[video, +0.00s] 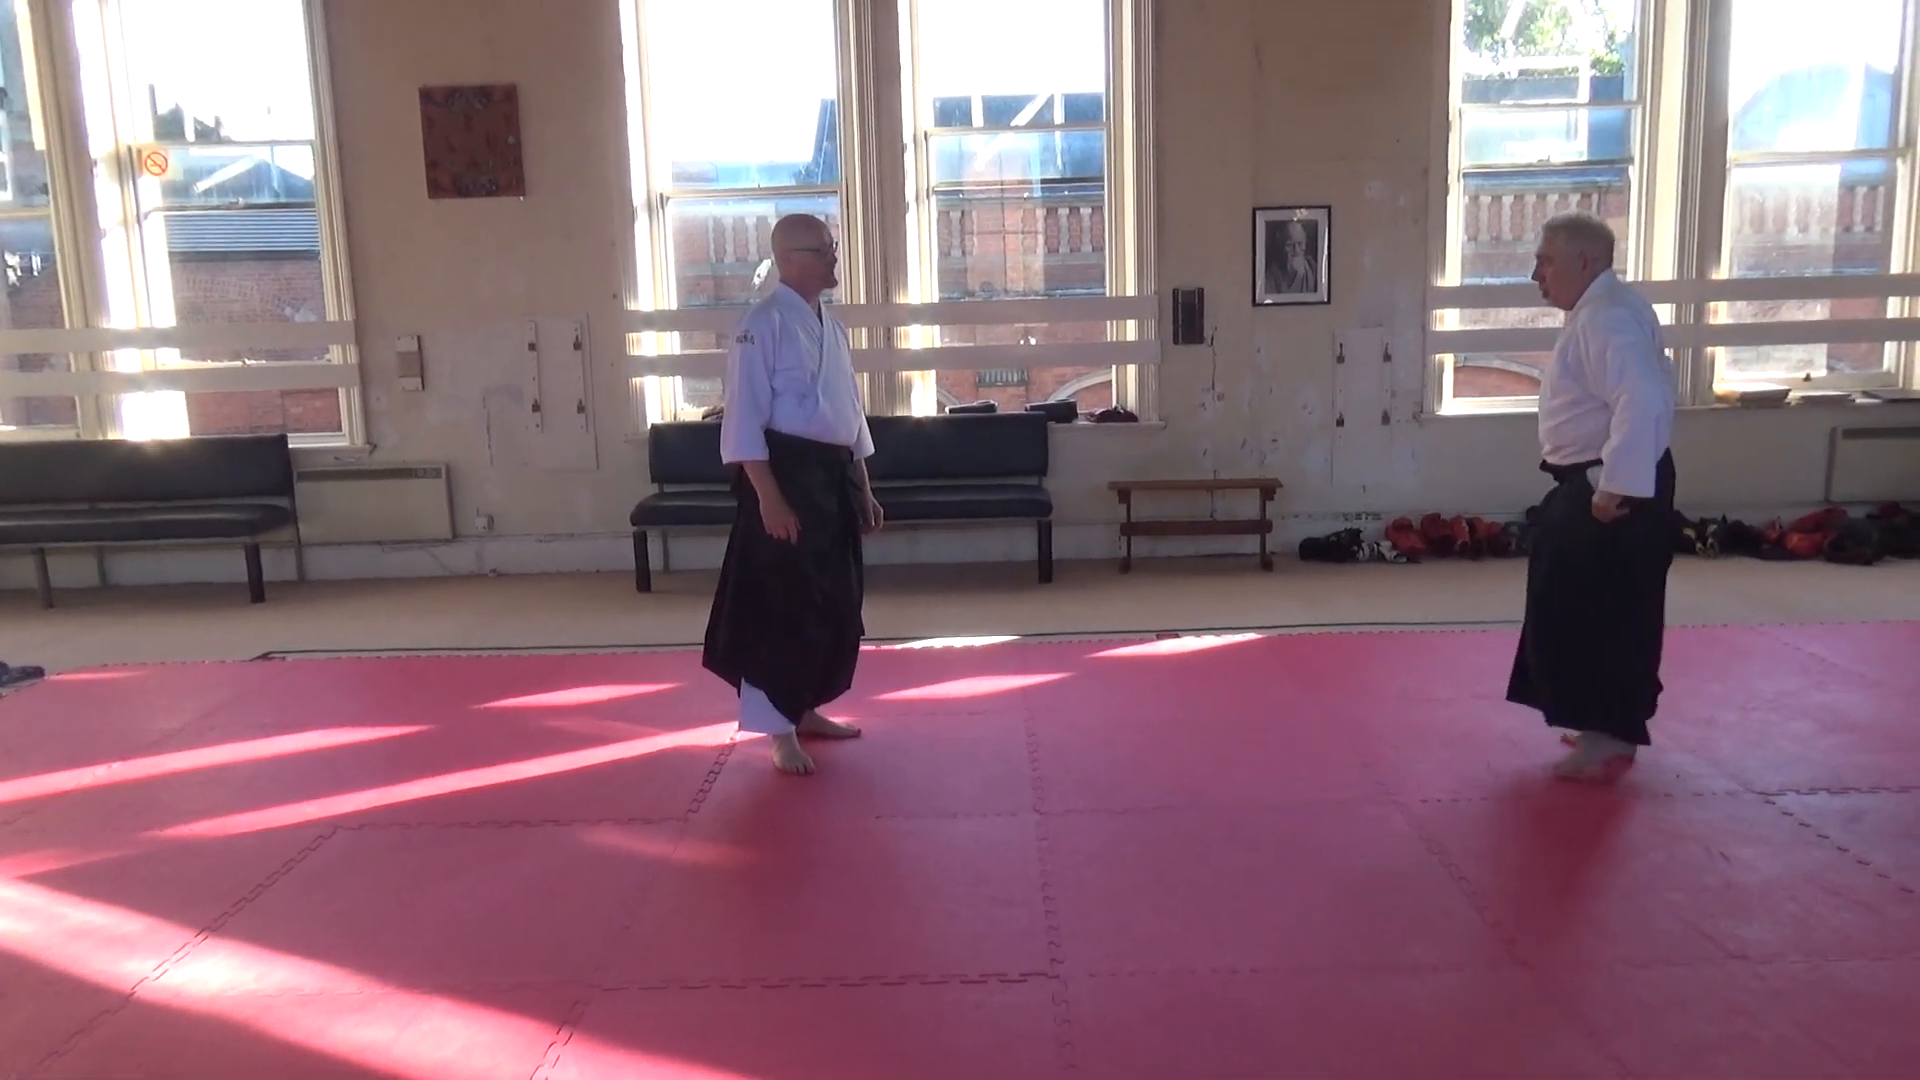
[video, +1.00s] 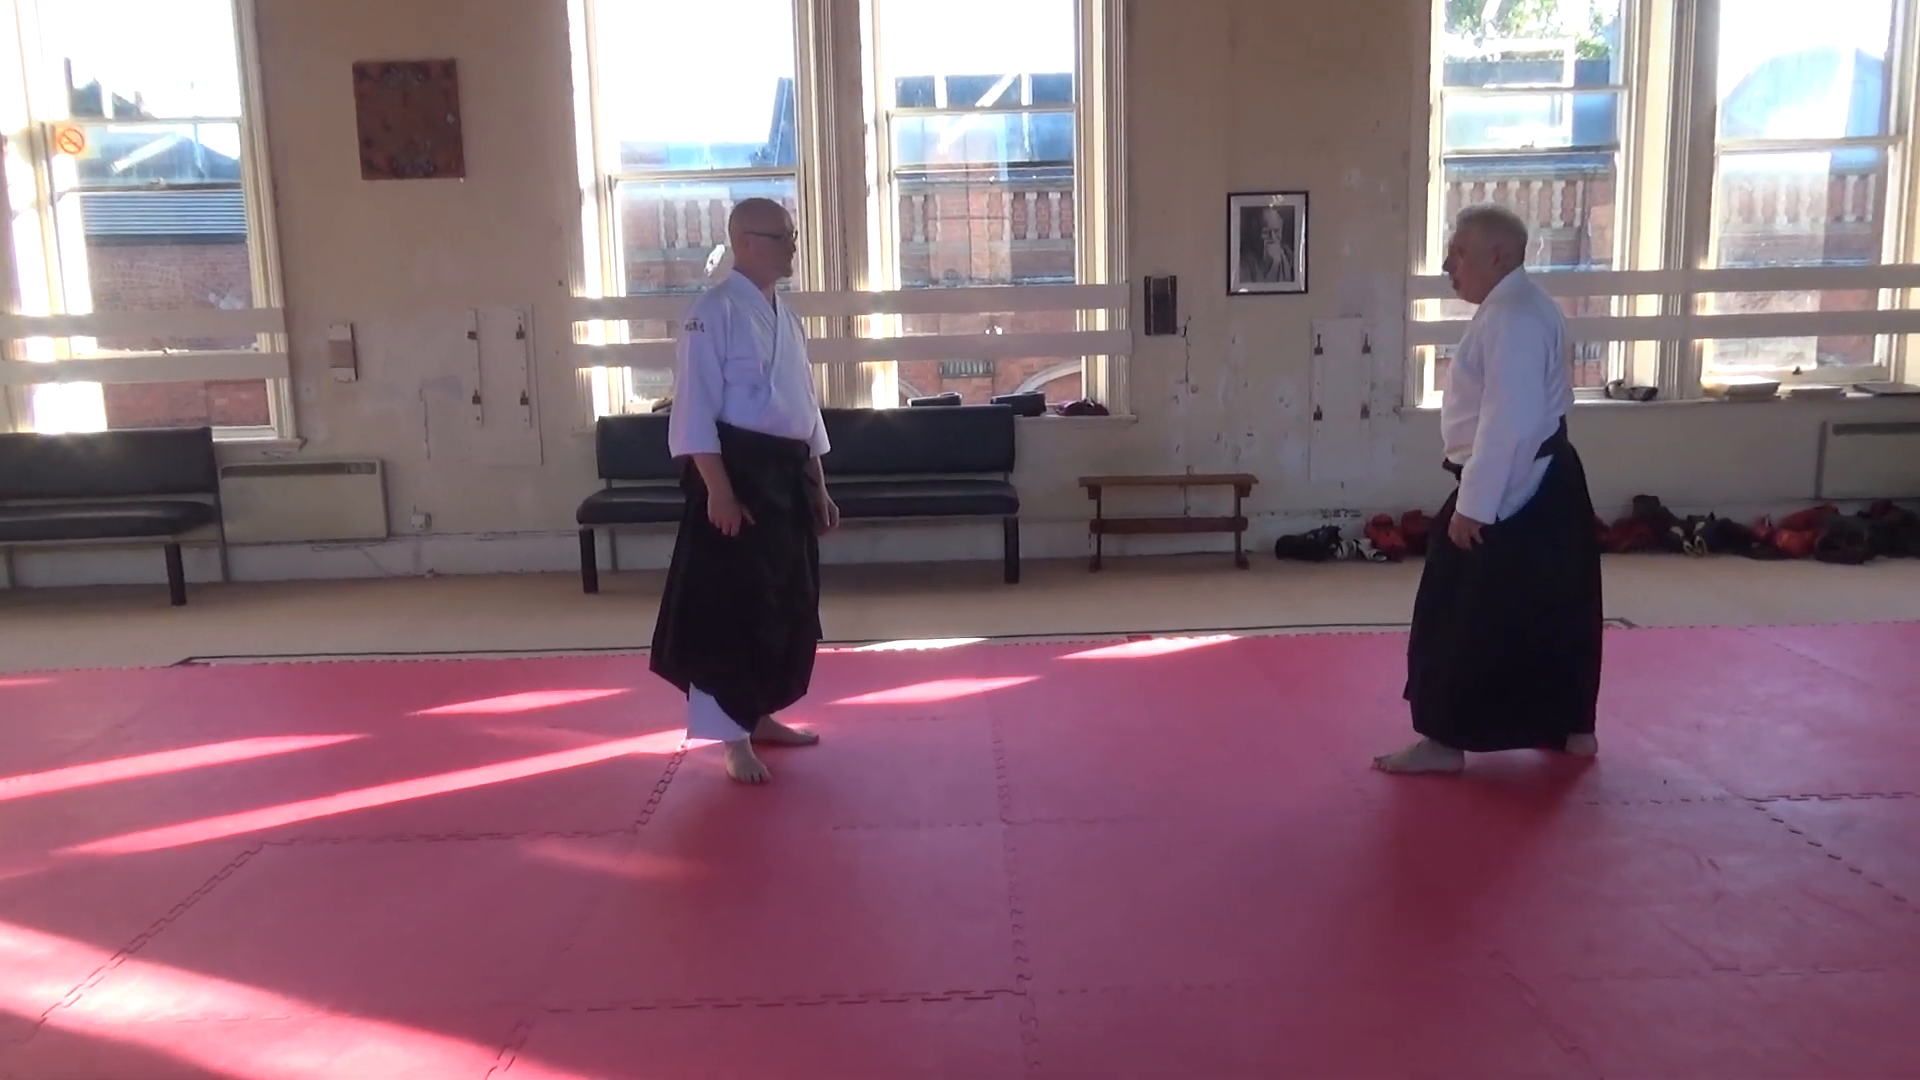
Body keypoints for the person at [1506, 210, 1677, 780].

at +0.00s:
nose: (1537, 274)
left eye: (1545, 262)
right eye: (1538, 262)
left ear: (1584, 261)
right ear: (1584, 262)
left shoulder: (1609, 316)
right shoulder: (1607, 308)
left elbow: (1641, 399)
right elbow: (1649, 394)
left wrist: (1616, 484)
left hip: (1610, 487)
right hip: (1602, 482)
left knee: (1598, 608)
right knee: (1601, 607)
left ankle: (1608, 734)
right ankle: (1607, 728)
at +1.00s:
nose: (1449, 265)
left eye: (1459, 253)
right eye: (1450, 253)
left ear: (1498, 255)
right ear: (1503, 257)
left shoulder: (1511, 315)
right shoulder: (1531, 305)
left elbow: (1509, 419)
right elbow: (1531, 407)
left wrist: (1472, 503)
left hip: (1505, 483)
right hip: (1549, 477)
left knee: (1453, 611)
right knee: (1559, 605)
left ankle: (1442, 740)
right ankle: (1575, 727)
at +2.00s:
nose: (1477, 269)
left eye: (1487, 258)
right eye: (1479, 257)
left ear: (1528, 262)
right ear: (1531, 263)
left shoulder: (1543, 317)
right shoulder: (1556, 309)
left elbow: (1497, 360)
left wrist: (1433, 394)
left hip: (1514, 504)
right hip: (1555, 497)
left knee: (1460, 634)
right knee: (1567, 633)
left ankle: (1451, 776)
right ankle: (1586, 764)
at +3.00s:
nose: (1452, 298)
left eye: (1462, 287)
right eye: (1453, 287)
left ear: (1504, 286)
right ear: (1502, 287)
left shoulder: (1524, 354)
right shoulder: (1499, 347)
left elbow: (1476, 458)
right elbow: (1446, 431)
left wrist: (1427, 508)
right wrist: (1389, 480)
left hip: (1506, 532)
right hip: (1535, 524)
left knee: (1453, 665)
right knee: (1552, 660)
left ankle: (1439, 803)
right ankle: (1577, 791)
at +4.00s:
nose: (1651, 215)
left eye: (1663, 198)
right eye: (1652, 199)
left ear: (1719, 198)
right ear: (1723, 199)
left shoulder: (1728, 290)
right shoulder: (1746, 268)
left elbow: (1642, 423)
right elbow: (1634, 362)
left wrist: (1595, 475)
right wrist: (1537, 427)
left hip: (1710, 520)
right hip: (1770, 509)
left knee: (1616, 673)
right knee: (1794, 695)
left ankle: (1624, 869)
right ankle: (1828, 869)